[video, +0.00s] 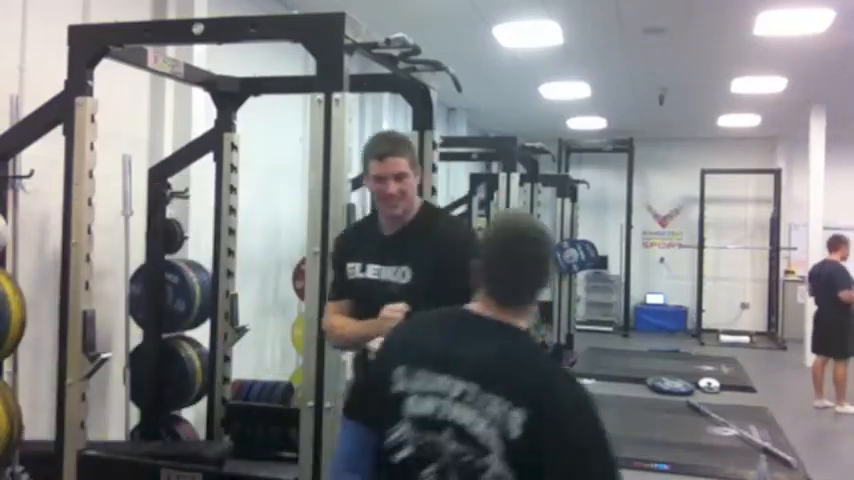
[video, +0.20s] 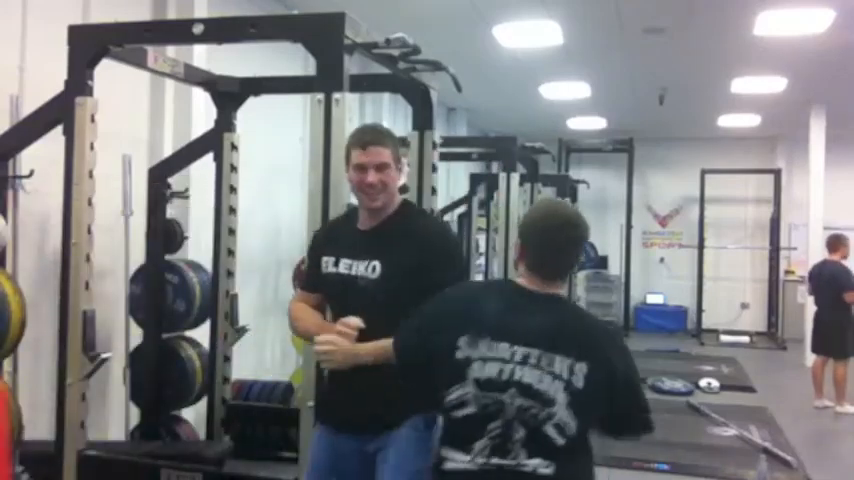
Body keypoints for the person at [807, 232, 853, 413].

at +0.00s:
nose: (848, 253)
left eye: (848, 249)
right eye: (847, 249)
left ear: (830, 248)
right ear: (841, 249)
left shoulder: (816, 268)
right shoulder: (839, 270)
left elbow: (812, 292)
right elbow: (845, 295)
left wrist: (830, 296)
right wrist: (853, 296)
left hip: (822, 316)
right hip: (840, 318)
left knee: (821, 357)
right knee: (841, 361)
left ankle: (818, 397)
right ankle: (841, 401)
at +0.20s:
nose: (848, 251)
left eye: (848, 248)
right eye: (847, 248)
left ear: (829, 248)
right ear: (841, 248)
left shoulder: (816, 268)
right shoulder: (843, 271)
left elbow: (813, 293)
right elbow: (848, 297)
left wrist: (829, 296)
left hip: (821, 316)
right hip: (841, 319)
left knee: (821, 357)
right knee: (841, 361)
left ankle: (818, 397)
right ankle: (841, 402)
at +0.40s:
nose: (850, 253)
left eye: (850, 249)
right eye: (849, 249)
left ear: (831, 248)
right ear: (842, 249)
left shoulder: (816, 269)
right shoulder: (846, 273)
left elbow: (815, 294)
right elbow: (850, 298)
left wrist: (832, 301)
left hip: (821, 316)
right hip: (841, 319)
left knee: (821, 357)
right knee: (841, 361)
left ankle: (818, 397)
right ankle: (841, 401)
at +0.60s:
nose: (850, 252)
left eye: (850, 248)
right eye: (849, 248)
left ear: (830, 248)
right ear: (841, 249)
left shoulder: (818, 270)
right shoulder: (846, 273)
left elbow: (818, 298)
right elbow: (850, 298)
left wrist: (827, 310)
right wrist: (846, 313)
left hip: (822, 317)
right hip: (843, 320)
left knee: (821, 357)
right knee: (842, 361)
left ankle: (818, 397)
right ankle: (841, 401)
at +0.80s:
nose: (851, 251)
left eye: (851, 248)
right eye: (849, 248)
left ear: (832, 248)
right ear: (841, 248)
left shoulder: (820, 269)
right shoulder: (847, 273)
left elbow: (819, 298)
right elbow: (850, 299)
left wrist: (828, 311)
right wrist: (847, 315)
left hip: (824, 318)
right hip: (843, 320)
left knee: (821, 357)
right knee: (843, 361)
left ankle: (819, 398)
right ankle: (842, 401)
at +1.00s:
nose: (853, 252)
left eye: (852, 248)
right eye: (851, 248)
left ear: (838, 248)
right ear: (843, 248)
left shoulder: (823, 269)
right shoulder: (847, 273)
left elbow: (822, 298)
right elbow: (849, 300)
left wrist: (831, 311)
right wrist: (847, 315)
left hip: (827, 318)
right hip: (845, 321)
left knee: (824, 357)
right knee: (847, 361)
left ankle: (820, 398)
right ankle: (845, 402)